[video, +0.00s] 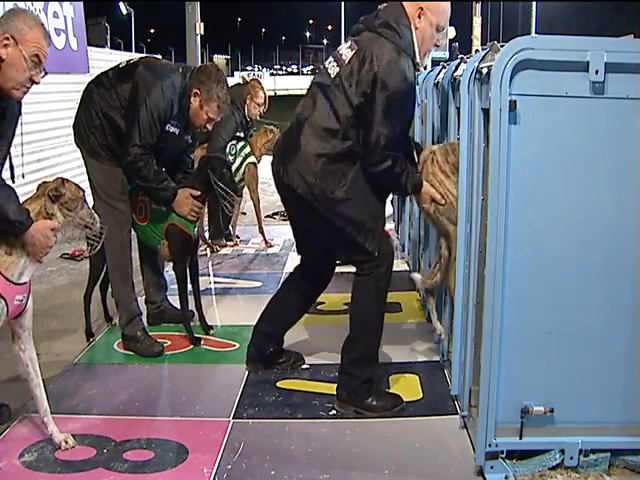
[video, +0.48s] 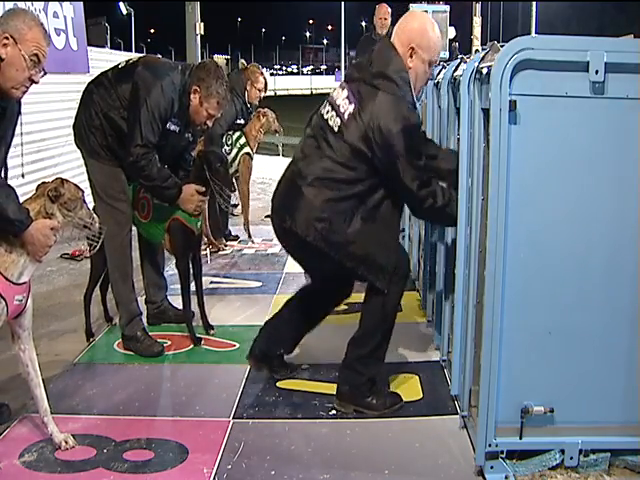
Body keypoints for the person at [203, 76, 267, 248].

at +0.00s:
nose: (260, 111)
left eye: (262, 106)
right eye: (258, 105)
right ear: (247, 100)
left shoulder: (247, 119)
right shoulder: (231, 116)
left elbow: (247, 141)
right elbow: (215, 150)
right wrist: (225, 178)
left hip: (223, 156)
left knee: (232, 190)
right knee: (217, 192)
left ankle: (226, 230)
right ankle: (216, 235)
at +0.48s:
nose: (261, 95)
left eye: (263, 91)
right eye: (259, 90)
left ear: (248, 86)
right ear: (247, 86)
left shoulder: (245, 104)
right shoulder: (231, 104)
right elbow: (213, 135)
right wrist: (220, 169)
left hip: (222, 149)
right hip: (211, 151)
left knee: (225, 189)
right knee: (218, 190)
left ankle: (223, 229)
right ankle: (217, 231)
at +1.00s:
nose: (261, 98)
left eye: (263, 94)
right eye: (259, 93)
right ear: (246, 88)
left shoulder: (244, 103)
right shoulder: (230, 104)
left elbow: (241, 127)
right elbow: (219, 132)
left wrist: (253, 139)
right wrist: (235, 153)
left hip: (222, 149)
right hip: (207, 150)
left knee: (224, 193)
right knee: (213, 195)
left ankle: (223, 229)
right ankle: (213, 233)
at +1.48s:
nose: (257, 102)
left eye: (259, 98)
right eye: (255, 97)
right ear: (242, 92)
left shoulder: (240, 106)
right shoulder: (221, 104)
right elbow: (216, 133)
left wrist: (249, 146)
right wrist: (234, 154)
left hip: (223, 152)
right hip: (207, 153)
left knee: (224, 195)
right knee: (213, 196)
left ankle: (223, 229)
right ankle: (213, 232)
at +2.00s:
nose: (262, 96)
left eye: (263, 92)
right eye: (260, 91)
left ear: (251, 87)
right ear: (247, 85)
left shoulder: (244, 98)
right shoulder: (224, 100)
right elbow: (222, 131)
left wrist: (254, 130)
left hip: (231, 143)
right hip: (211, 145)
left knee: (236, 185)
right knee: (216, 188)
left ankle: (231, 224)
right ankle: (214, 229)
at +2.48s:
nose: (280, 90)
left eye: (282, 86)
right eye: (278, 85)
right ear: (267, 80)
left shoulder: (268, 99)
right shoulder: (248, 95)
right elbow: (244, 125)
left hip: (257, 147)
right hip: (242, 149)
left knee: (255, 191)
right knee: (249, 193)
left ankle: (254, 229)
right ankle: (249, 232)